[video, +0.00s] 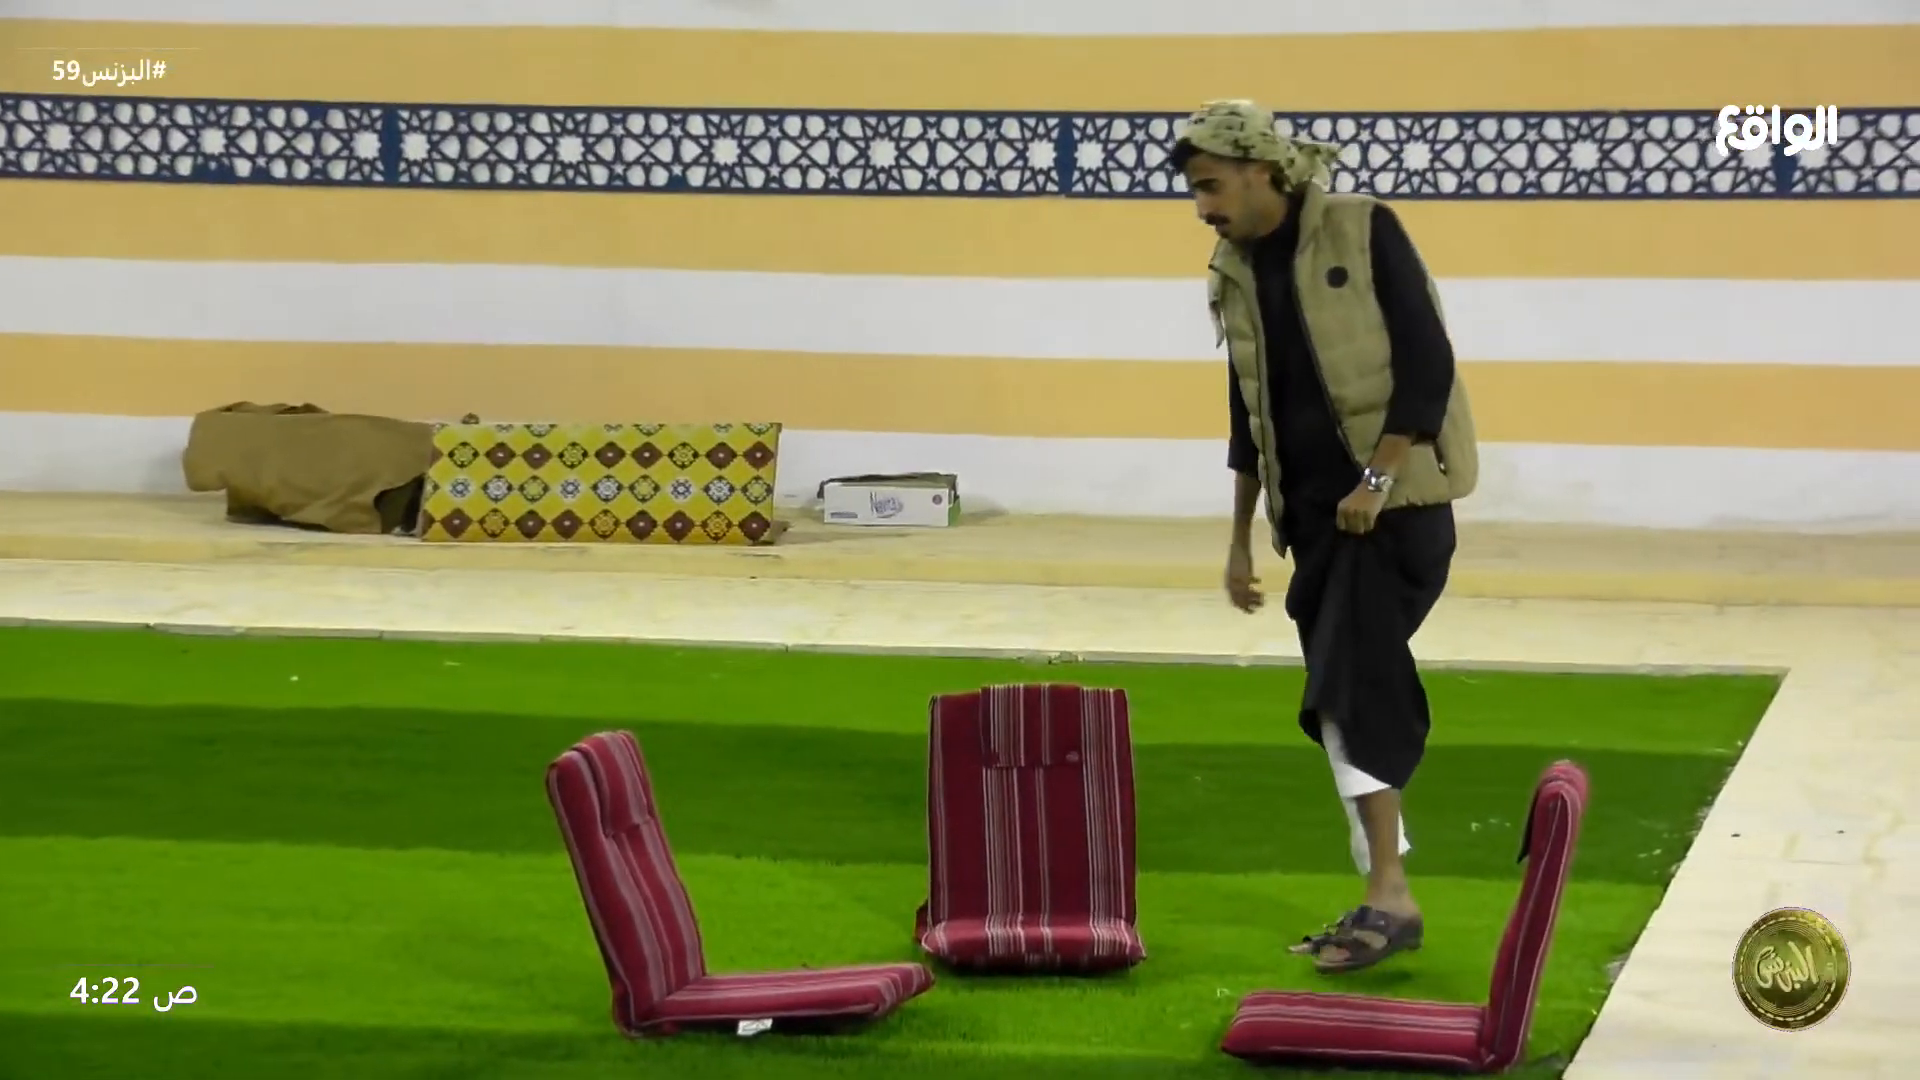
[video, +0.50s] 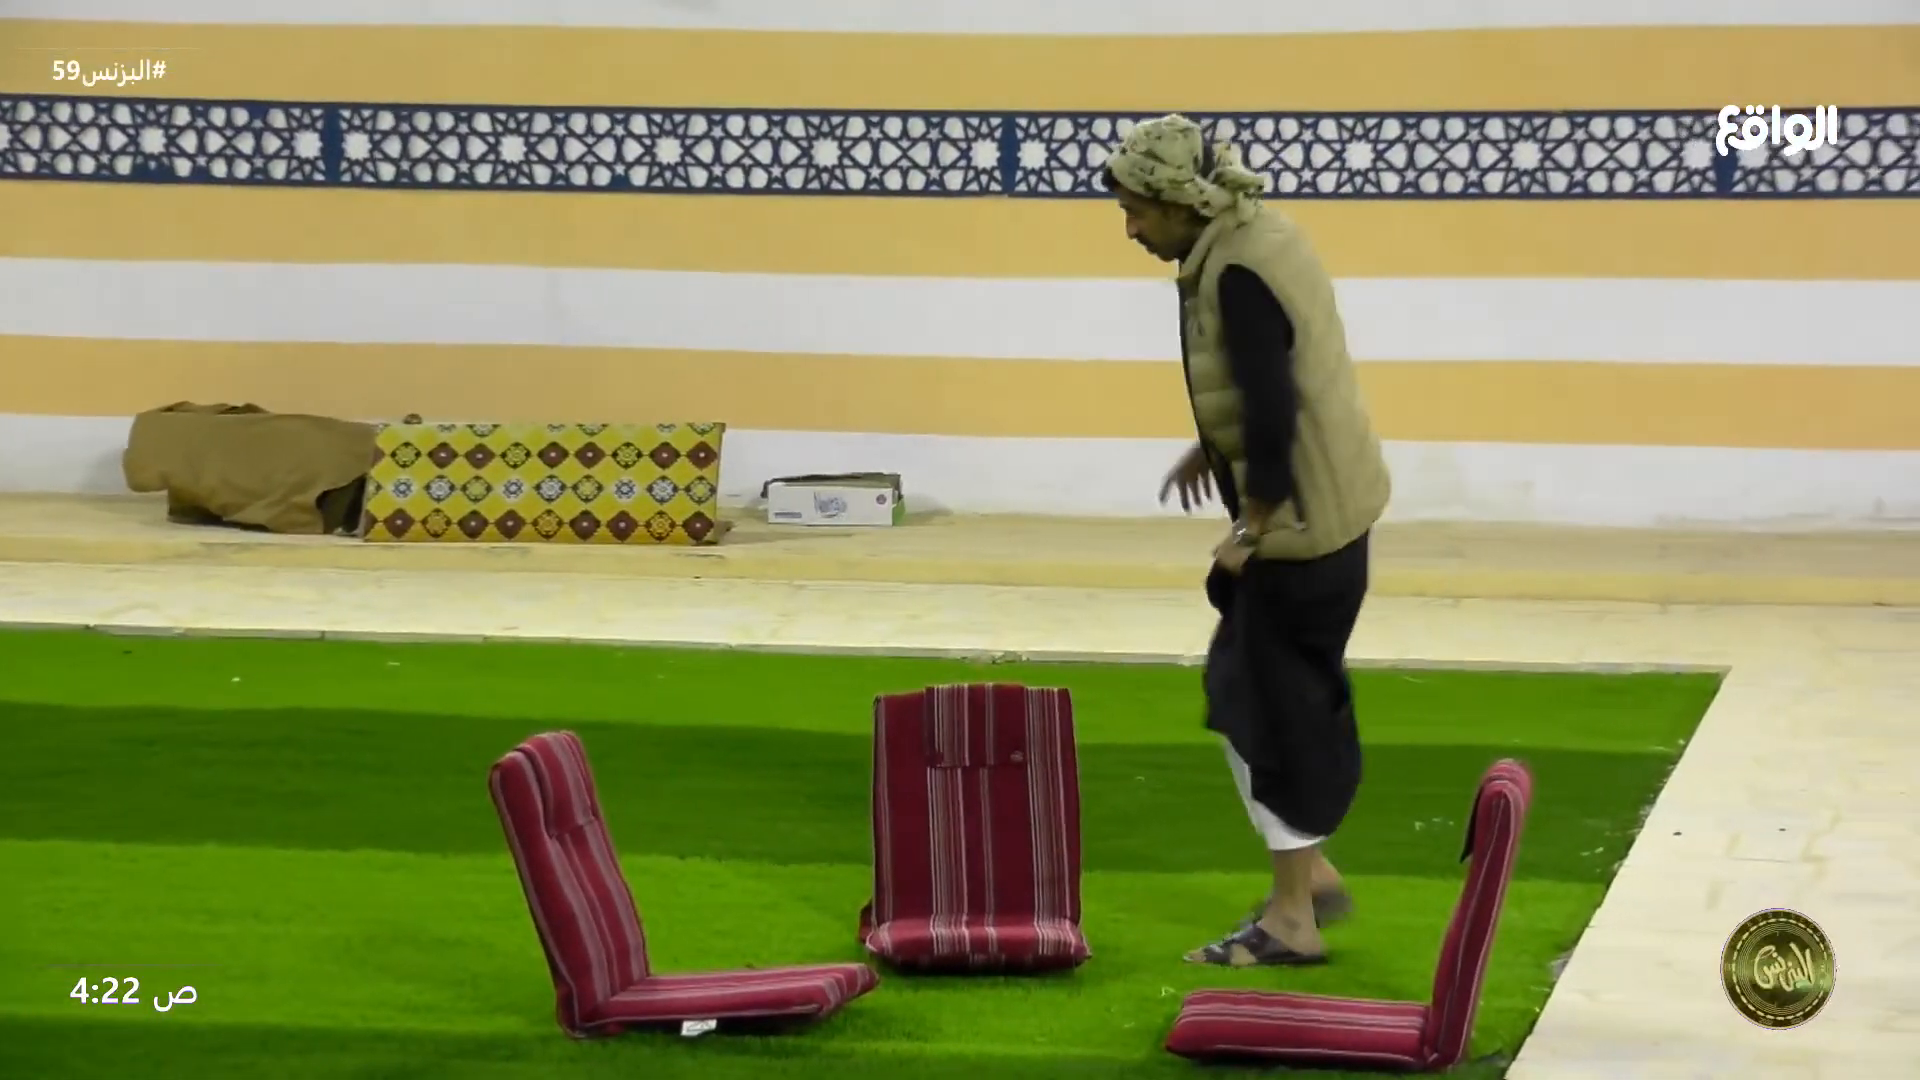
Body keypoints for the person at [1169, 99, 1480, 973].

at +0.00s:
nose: (1201, 204)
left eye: (1212, 185)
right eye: (1194, 188)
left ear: (1267, 174)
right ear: (1219, 186)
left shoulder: (1363, 229)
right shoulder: (1234, 273)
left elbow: (1429, 361)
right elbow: (1248, 407)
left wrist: (1380, 477)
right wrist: (1241, 534)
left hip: (1396, 501)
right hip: (1314, 516)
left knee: (1350, 678)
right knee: (1338, 696)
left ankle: (1390, 897)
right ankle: (1378, 904)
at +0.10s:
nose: (1187, 206)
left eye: (1197, 188)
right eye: (1180, 191)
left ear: (1253, 174)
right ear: (1199, 187)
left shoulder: (1348, 229)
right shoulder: (1222, 275)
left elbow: (1416, 358)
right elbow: (1253, 408)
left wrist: (1373, 477)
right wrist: (1258, 520)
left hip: (1388, 499)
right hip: (1304, 511)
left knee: (1345, 678)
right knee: (1334, 689)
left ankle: (1374, 898)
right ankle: (1372, 901)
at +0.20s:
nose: (1167, 220)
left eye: (1175, 200)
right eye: (1162, 204)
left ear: (1231, 184)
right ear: (1209, 194)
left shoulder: (1328, 237)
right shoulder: (1218, 281)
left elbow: (1392, 366)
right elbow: (1248, 420)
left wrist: (1349, 486)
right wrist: (1265, 536)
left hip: (1369, 515)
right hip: (1300, 523)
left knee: (1329, 700)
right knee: (1321, 699)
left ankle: (1337, 912)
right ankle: (1365, 897)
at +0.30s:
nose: (1158, 226)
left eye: (1163, 208)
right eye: (1152, 212)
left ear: (1216, 192)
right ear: (1203, 200)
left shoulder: (1315, 244)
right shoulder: (1221, 280)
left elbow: (1368, 373)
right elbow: (1243, 414)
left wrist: (1327, 490)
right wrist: (1255, 521)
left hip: (1355, 523)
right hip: (1302, 527)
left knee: (1314, 707)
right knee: (1323, 704)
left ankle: (1324, 916)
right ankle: (1359, 898)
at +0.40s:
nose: (1140, 227)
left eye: (1146, 210)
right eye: (1136, 212)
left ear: (1196, 197)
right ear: (1192, 201)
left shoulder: (1273, 263)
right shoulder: (1210, 270)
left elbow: (1316, 397)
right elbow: (1234, 399)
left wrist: (1277, 506)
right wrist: (1226, 490)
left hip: (1327, 531)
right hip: (1287, 531)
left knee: (1291, 716)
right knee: (1308, 708)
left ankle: (1308, 919)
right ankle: (1341, 896)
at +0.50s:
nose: (1130, 230)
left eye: (1134, 213)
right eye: (1126, 215)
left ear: (1177, 198)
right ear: (1187, 196)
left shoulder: (1236, 271)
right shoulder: (1253, 239)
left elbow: (1272, 402)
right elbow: (1265, 374)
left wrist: (1252, 523)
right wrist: (1215, 443)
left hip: (1304, 534)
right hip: (1312, 515)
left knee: (1267, 706)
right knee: (1239, 686)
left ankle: (1292, 917)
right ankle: (1310, 873)